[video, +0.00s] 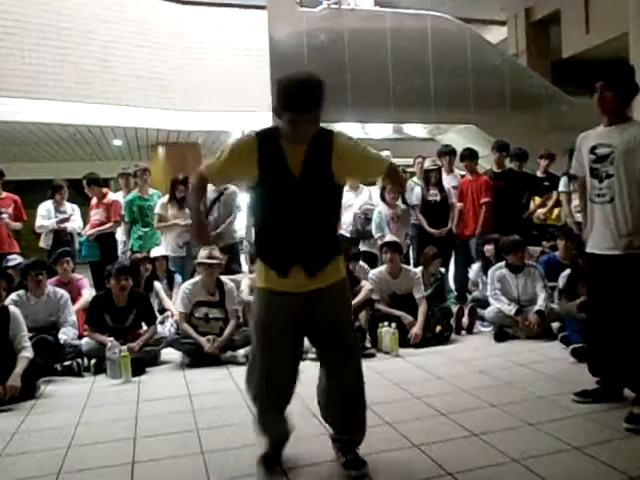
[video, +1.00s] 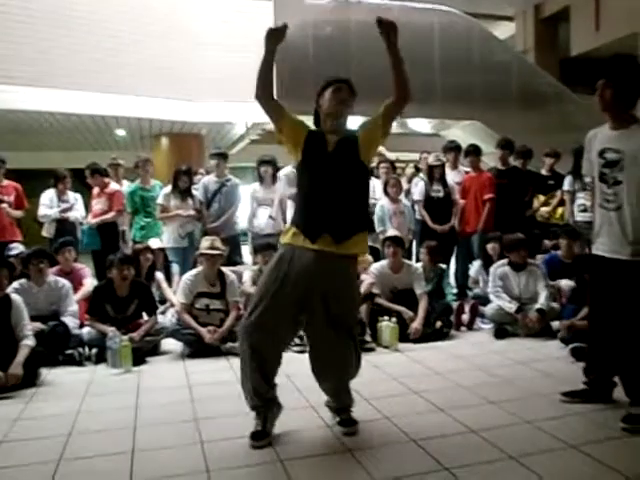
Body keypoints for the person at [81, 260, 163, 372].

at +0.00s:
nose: (123, 284)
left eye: (126, 279)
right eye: (118, 280)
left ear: (131, 282)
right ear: (108, 283)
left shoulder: (139, 298)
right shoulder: (99, 301)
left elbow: (153, 327)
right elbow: (91, 332)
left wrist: (138, 344)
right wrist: (106, 340)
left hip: (134, 339)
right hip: (110, 341)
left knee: (162, 339)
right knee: (87, 346)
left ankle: (110, 363)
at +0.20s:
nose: (123, 285)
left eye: (127, 281)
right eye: (118, 281)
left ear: (132, 283)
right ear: (109, 284)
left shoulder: (140, 299)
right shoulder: (99, 302)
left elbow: (153, 328)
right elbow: (90, 333)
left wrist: (138, 345)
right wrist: (107, 342)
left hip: (134, 341)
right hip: (110, 343)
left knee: (162, 340)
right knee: (87, 347)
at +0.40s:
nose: (127, 285)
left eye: (130, 280)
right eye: (122, 281)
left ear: (136, 283)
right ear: (113, 284)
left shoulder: (144, 299)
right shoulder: (103, 301)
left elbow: (156, 327)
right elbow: (94, 332)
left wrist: (142, 345)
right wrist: (110, 342)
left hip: (138, 341)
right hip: (114, 343)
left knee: (165, 338)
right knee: (90, 347)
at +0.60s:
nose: (132, 283)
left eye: (136, 278)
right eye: (128, 279)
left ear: (141, 280)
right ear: (119, 281)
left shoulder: (149, 297)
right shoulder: (110, 298)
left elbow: (159, 326)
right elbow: (103, 329)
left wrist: (148, 342)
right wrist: (119, 339)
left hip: (144, 340)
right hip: (120, 343)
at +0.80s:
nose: (132, 275)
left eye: (135, 271)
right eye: (127, 271)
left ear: (141, 273)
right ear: (118, 274)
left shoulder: (148, 289)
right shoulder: (107, 292)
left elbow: (159, 318)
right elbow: (99, 322)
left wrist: (145, 335)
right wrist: (114, 331)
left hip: (141, 330)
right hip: (117, 332)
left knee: (168, 329)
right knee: (94, 336)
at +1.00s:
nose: (125, 273)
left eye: (128, 269)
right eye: (120, 270)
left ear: (134, 271)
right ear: (110, 273)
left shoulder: (141, 288)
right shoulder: (100, 290)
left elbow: (153, 317)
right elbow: (91, 321)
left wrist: (139, 334)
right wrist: (108, 330)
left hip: (135, 330)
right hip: (110, 332)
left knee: (164, 328)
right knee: (87, 334)